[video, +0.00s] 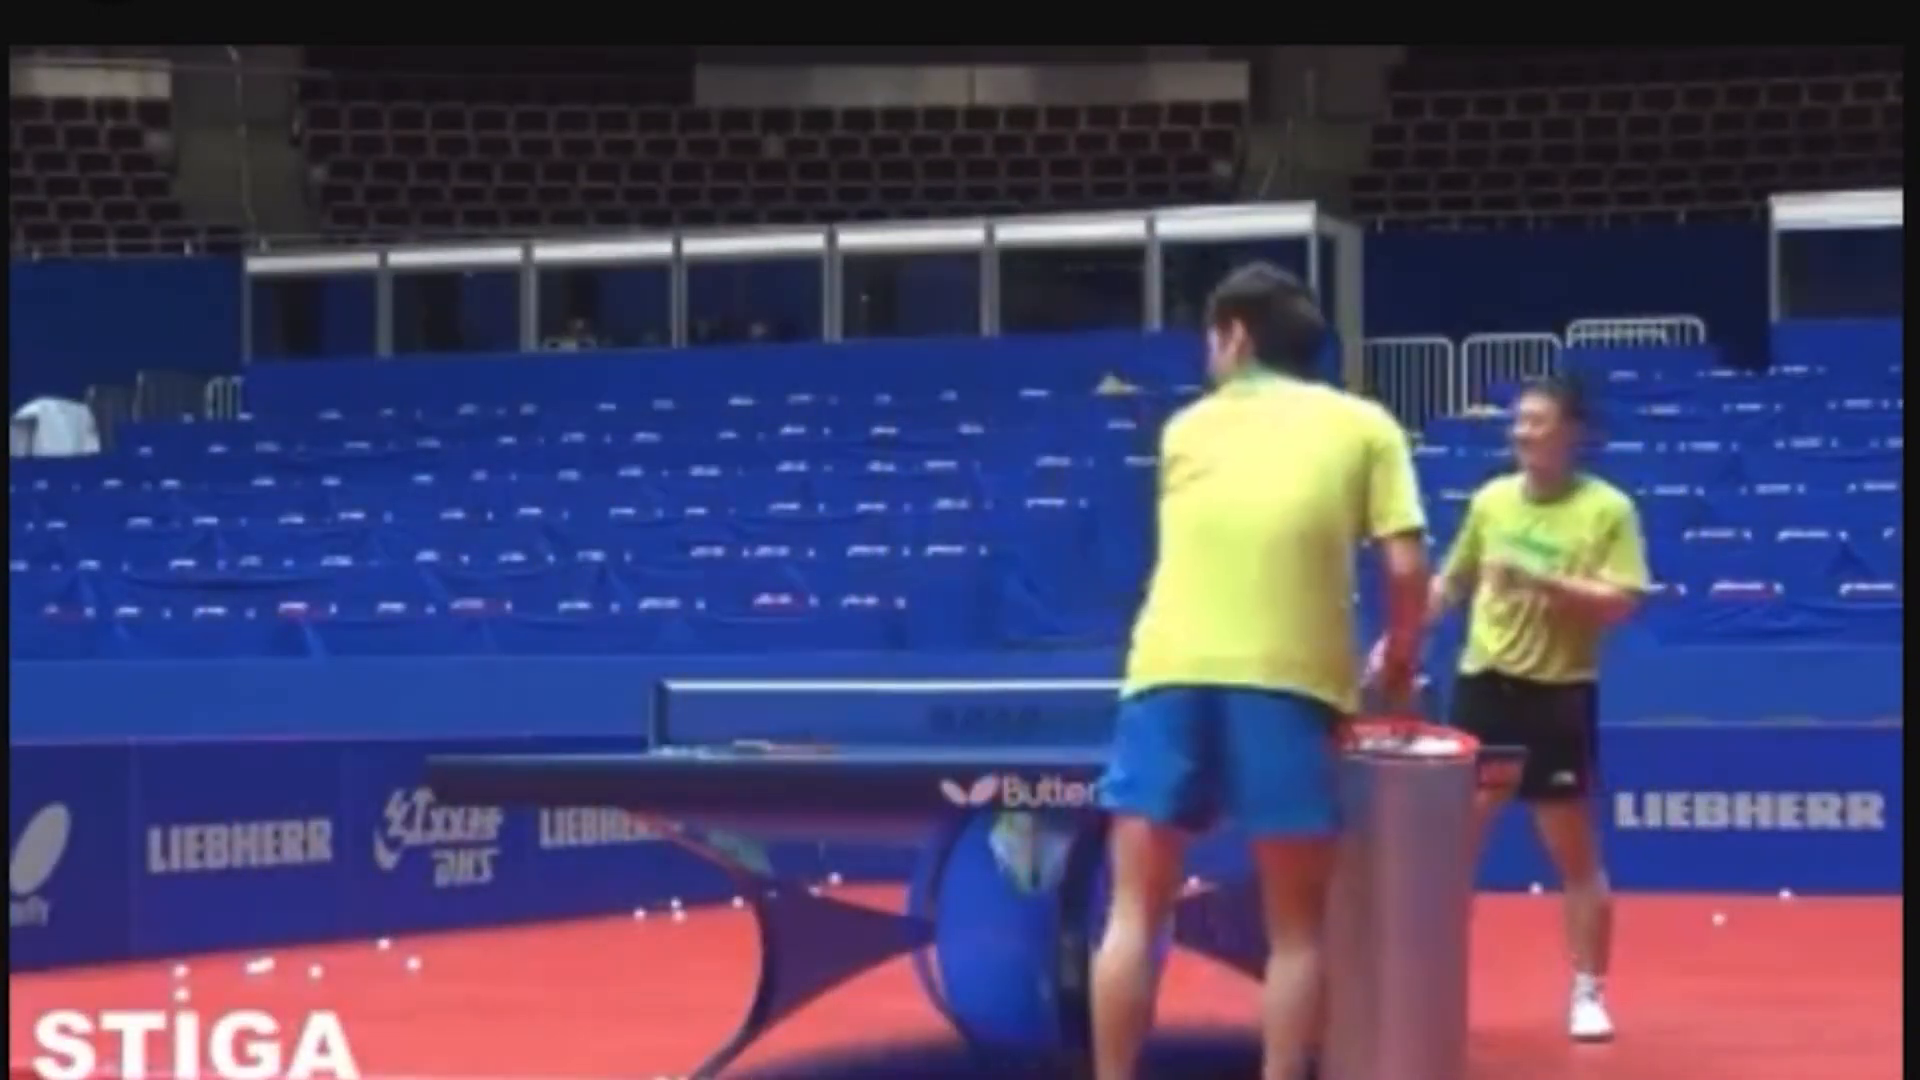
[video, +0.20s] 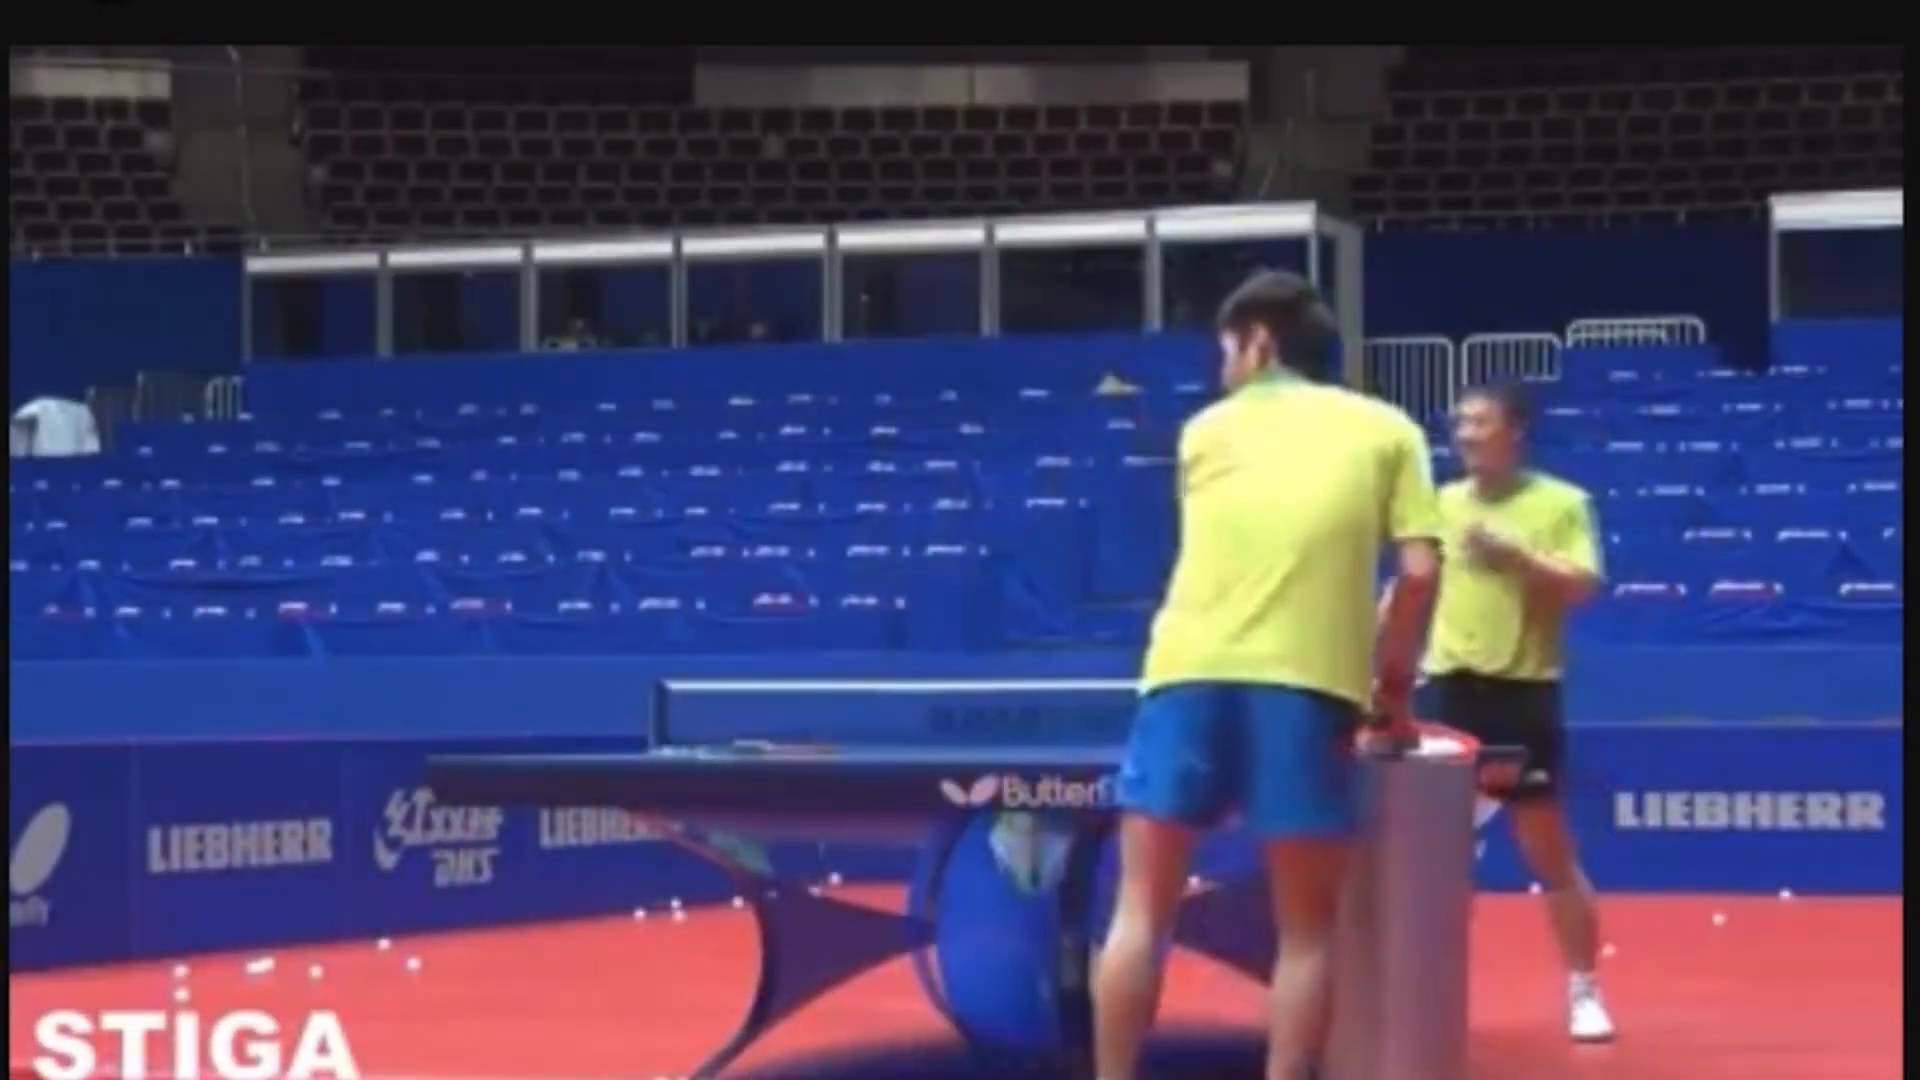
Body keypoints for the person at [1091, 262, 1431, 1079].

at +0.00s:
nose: (1208, 356)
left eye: (1212, 340)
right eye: (1209, 341)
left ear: (1235, 338)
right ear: (1305, 345)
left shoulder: (1188, 426)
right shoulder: (1365, 424)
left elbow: (1192, 557)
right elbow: (1406, 568)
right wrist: (1397, 665)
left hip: (1165, 674)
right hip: (1285, 681)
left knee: (1134, 909)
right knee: (1293, 927)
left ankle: (1112, 1072)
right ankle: (1283, 1073)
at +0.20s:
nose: (1221, 365)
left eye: (1226, 348)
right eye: (1222, 349)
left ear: (1257, 343)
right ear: (1312, 350)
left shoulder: (1206, 429)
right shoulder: (1385, 426)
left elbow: (1210, 555)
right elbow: (1419, 571)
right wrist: (1392, 688)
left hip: (1183, 676)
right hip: (1303, 684)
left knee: (1140, 911)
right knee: (1303, 931)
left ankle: (1112, 1072)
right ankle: (1285, 1073)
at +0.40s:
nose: (1215, 369)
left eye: (1222, 351)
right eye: (1215, 353)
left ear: (1259, 344)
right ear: (1308, 351)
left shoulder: (1206, 429)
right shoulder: (1390, 428)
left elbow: (1217, 553)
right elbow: (1425, 575)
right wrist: (1395, 693)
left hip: (1191, 675)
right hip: (1313, 685)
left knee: (1143, 910)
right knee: (1306, 936)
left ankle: (1112, 1072)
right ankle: (1287, 1073)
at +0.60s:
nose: (1188, 365)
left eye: (1195, 347)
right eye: (1188, 348)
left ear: (1236, 340)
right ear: (1288, 346)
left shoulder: (1184, 427)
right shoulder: (1373, 423)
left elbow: (1199, 553)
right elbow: (1416, 563)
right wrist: (1396, 693)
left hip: (1187, 676)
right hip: (1310, 688)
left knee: (1133, 904)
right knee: (1302, 932)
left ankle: (1096, 1071)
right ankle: (1285, 1073)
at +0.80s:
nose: (1135, 347)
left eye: (1146, 329)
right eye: (1136, 329)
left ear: (1189, 325)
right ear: (1222, 331)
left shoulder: (1135, 423)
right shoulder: (1327, 414)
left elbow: (1119, 569)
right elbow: (1398, 530)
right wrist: (1375, 626)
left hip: (1161, 685)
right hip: (1287, 689)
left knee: (1101, 909)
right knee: (1283, 918)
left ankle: (1078, 1071)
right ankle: (1280, 1073)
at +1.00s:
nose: (1052, 338)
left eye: (1063, 319)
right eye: (1053, 320)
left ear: (1108, 317)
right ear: (1133, 322)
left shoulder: (1058, 417)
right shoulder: (1239, 409)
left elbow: (1011, 561)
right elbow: (1322, 528)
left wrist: (1060, 631)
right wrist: (1261, 592)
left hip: (1100, 695)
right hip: (1226, 694)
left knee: (1064, 909)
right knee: (1245, 900)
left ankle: (1080, 1070)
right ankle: (1271, 1070)